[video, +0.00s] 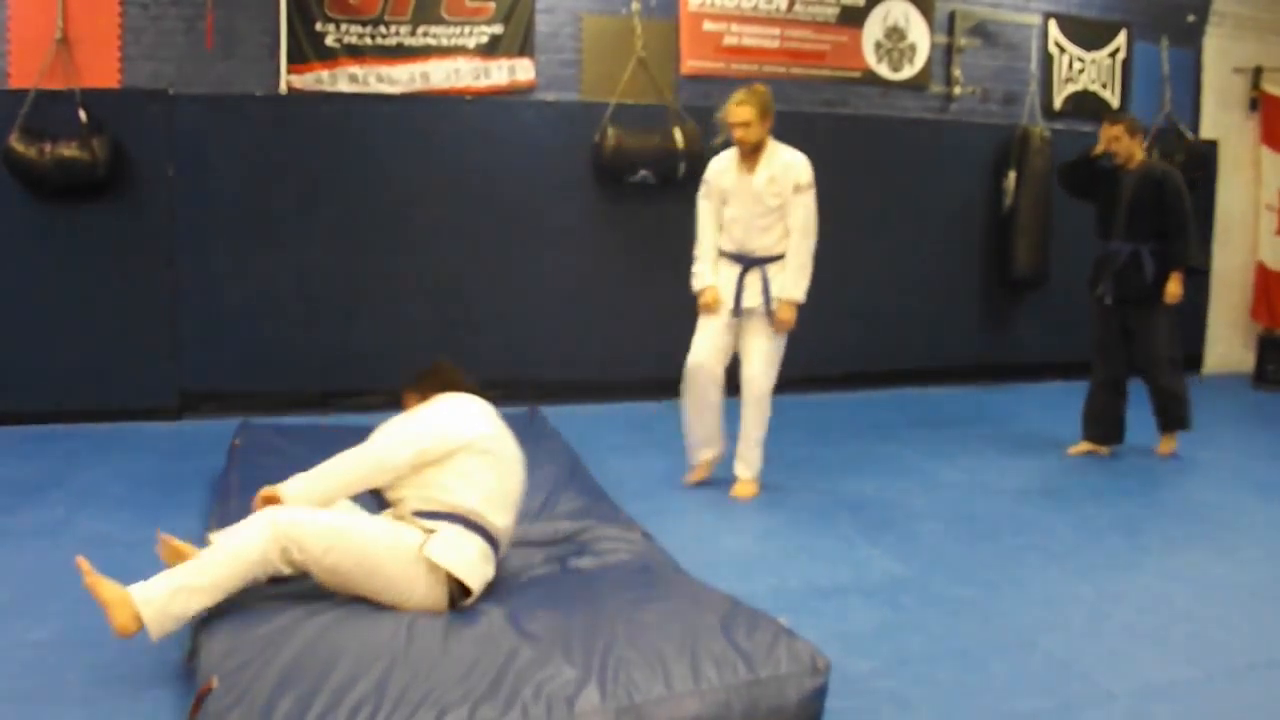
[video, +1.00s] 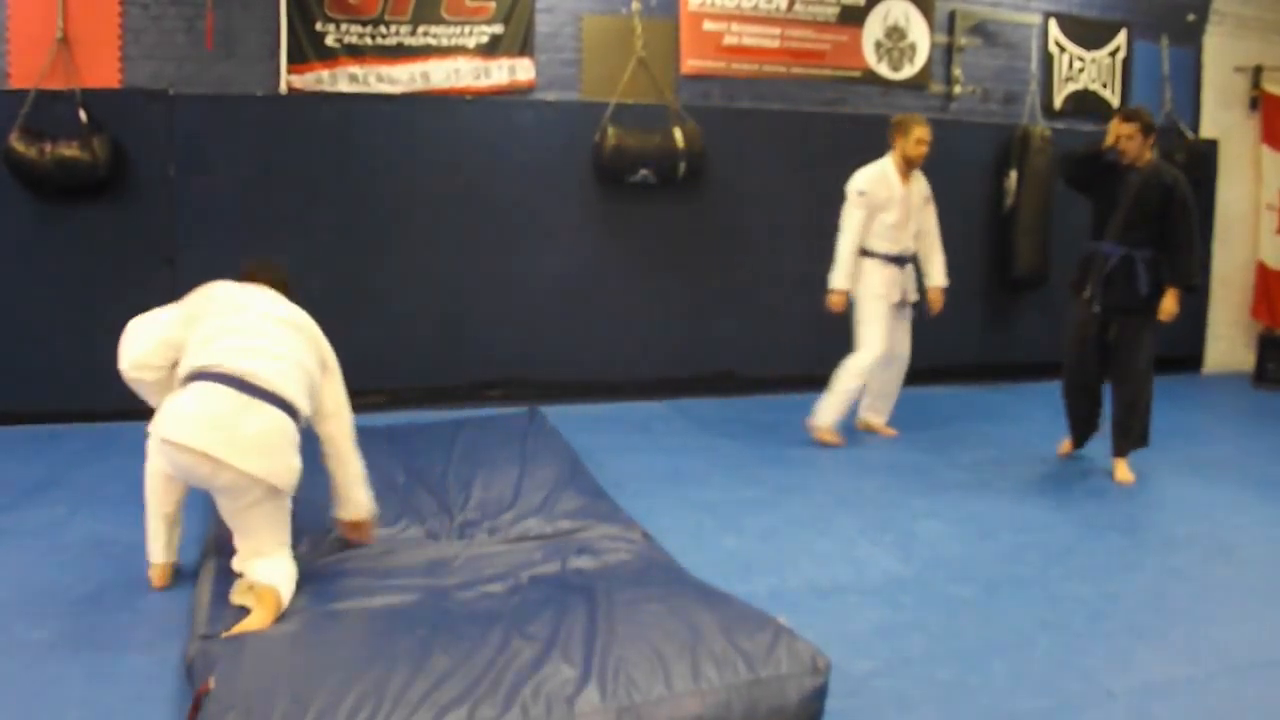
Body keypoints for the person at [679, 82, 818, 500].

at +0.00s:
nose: (739, 134)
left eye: (747, 126)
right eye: (734, 126)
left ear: (767, 123)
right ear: (728, 126)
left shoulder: (794, 167)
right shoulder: (719, 166)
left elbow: (803, 235)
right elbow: (706, 229)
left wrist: (791, 295)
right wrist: (704, 280)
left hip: (772, 275)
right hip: (723, 273)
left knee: (757, 379)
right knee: (700, 364)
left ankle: (747, 471)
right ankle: (705, 451)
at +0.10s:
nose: (760, 131)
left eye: (768, 123)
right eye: (754, 123)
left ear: (785, 124)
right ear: (746, 125)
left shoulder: (805, 166)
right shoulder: (732, 164)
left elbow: (816, 231)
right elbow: (719, 226)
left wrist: (804, 288)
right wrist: (718, 280)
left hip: (783, 272)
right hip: (736, 269)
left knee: (767, 373)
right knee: (720, 359)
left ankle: (751, 466)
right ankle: (747, 437)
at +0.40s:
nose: (809, 144)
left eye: (816, 138)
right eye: (804, 135)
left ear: (823, 142)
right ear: (789, 135)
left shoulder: (831, 178)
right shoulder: (763, 177)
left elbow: (841, 236)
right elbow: (748, 237)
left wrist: (841, 289)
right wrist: (748, 293)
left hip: (816, 274)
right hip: (773, 272)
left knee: (804, 364)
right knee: (778, 361)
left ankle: (783, 447)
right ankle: (775, 435)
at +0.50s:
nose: (824, 134)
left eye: (831, 128)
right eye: (819, 125)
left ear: (837, 131)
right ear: (803, 125)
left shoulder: (843, 169)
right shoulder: (775, 166)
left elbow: (852, 228)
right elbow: (761, 225)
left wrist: (849, 283)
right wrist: (761, 280)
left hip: (827, 268)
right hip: (784, 266)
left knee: (824, 356)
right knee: (781, 356)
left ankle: (815, 437)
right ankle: (777, 434)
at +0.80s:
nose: (878, 146)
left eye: (883, 140)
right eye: (872, 138)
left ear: (888, 145)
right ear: (854, 137)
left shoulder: (889, 181)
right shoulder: (825, 177)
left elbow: (896, 236)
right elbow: (802, 230)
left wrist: (895, 285)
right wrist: (793, 282)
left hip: (871, 277)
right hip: (828, 275)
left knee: (883, 354)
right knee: (803, 356)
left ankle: (871, 415)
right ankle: (778, 432)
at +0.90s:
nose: (902, 151)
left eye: (907, 145)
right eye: (896, 144)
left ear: (909, 149)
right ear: (877, 144)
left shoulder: (907, 186)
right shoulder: (849, 183)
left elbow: (917, 239)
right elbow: (825, 237)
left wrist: (917, 289)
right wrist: (810, 287)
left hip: (891, 275)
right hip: (853, 273)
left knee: (890, 351)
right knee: (837, 349)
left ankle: (871, 416)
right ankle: (790, 423)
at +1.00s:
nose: (924, 150)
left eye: (927, 144)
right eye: (918, 142)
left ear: (928, 147)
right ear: (898, 141)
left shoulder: (920, 185)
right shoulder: (867, 180)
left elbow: (929, 236)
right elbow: (849, 235)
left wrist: (936, 282)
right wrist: (839, 284)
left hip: (905, 270)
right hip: (872, 267)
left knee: (899, 349)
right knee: (871, 347)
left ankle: (873, 414)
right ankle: (823, 419)